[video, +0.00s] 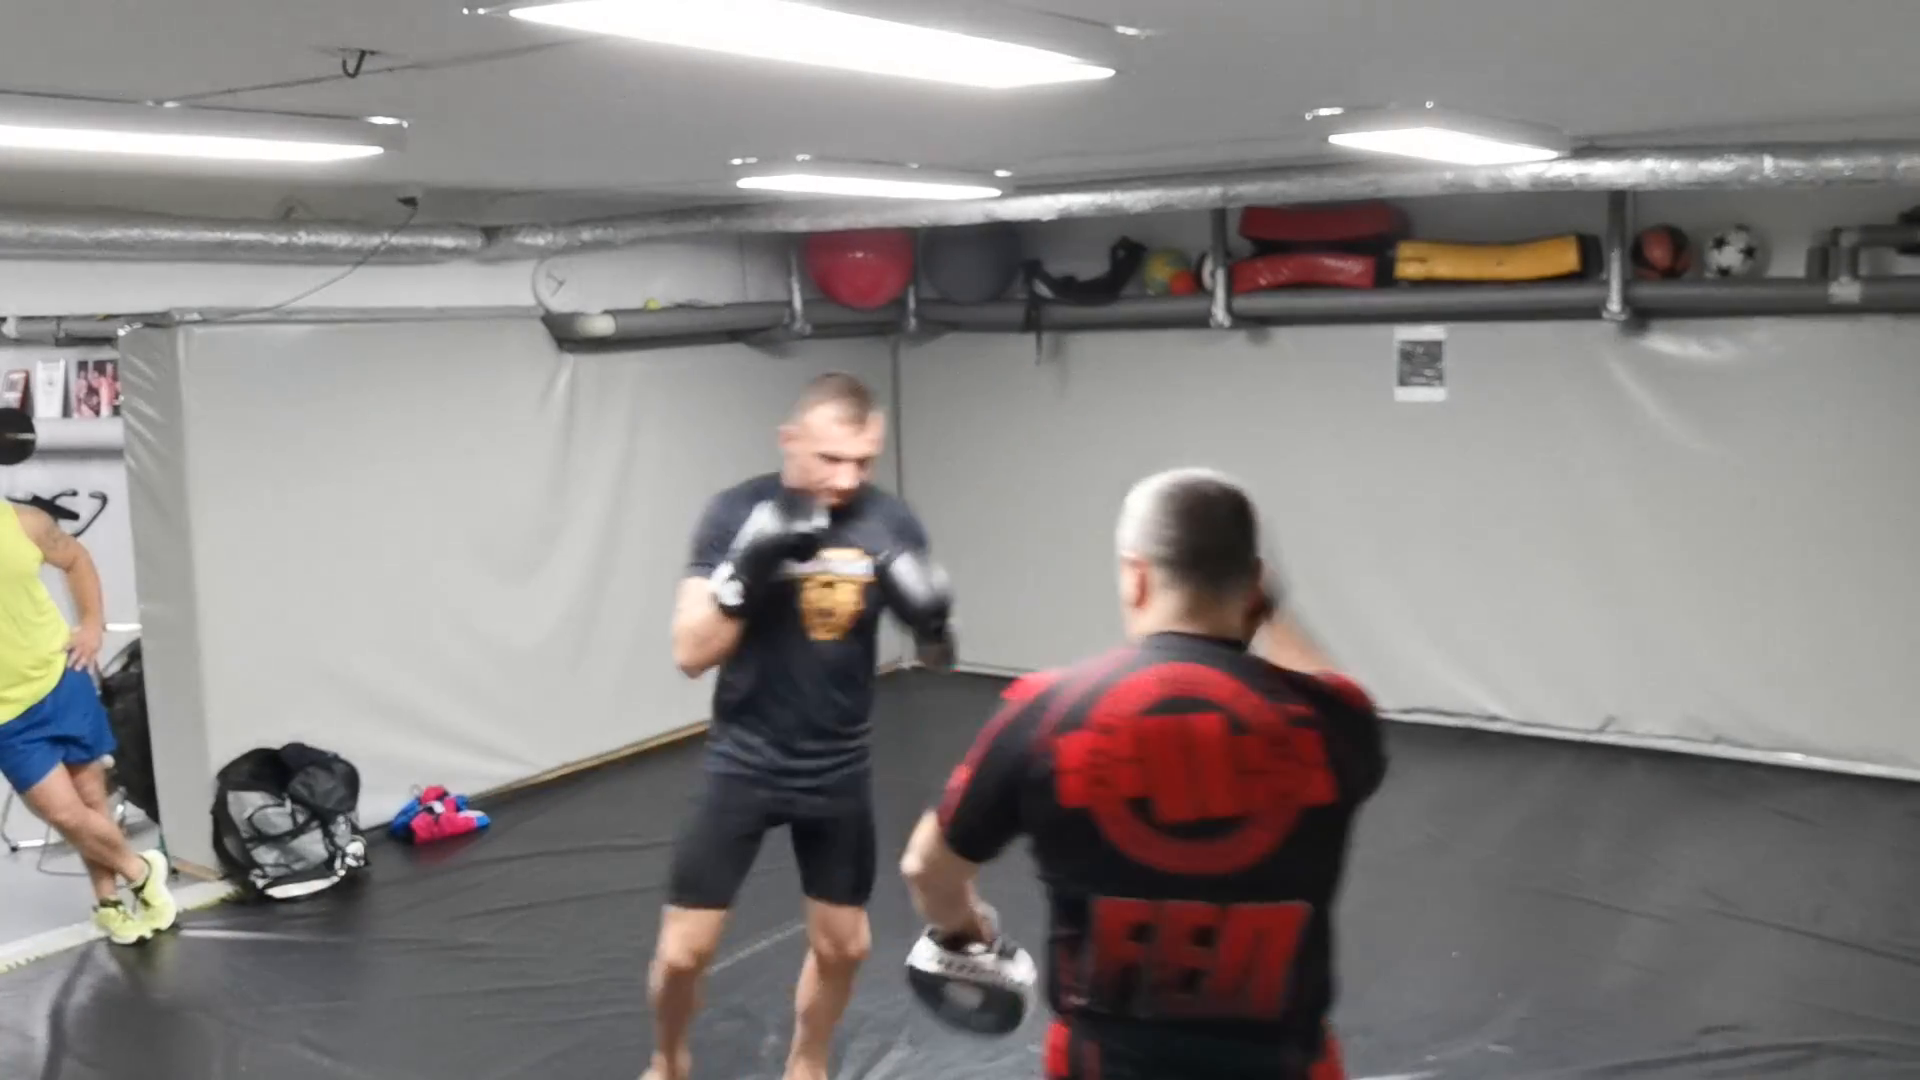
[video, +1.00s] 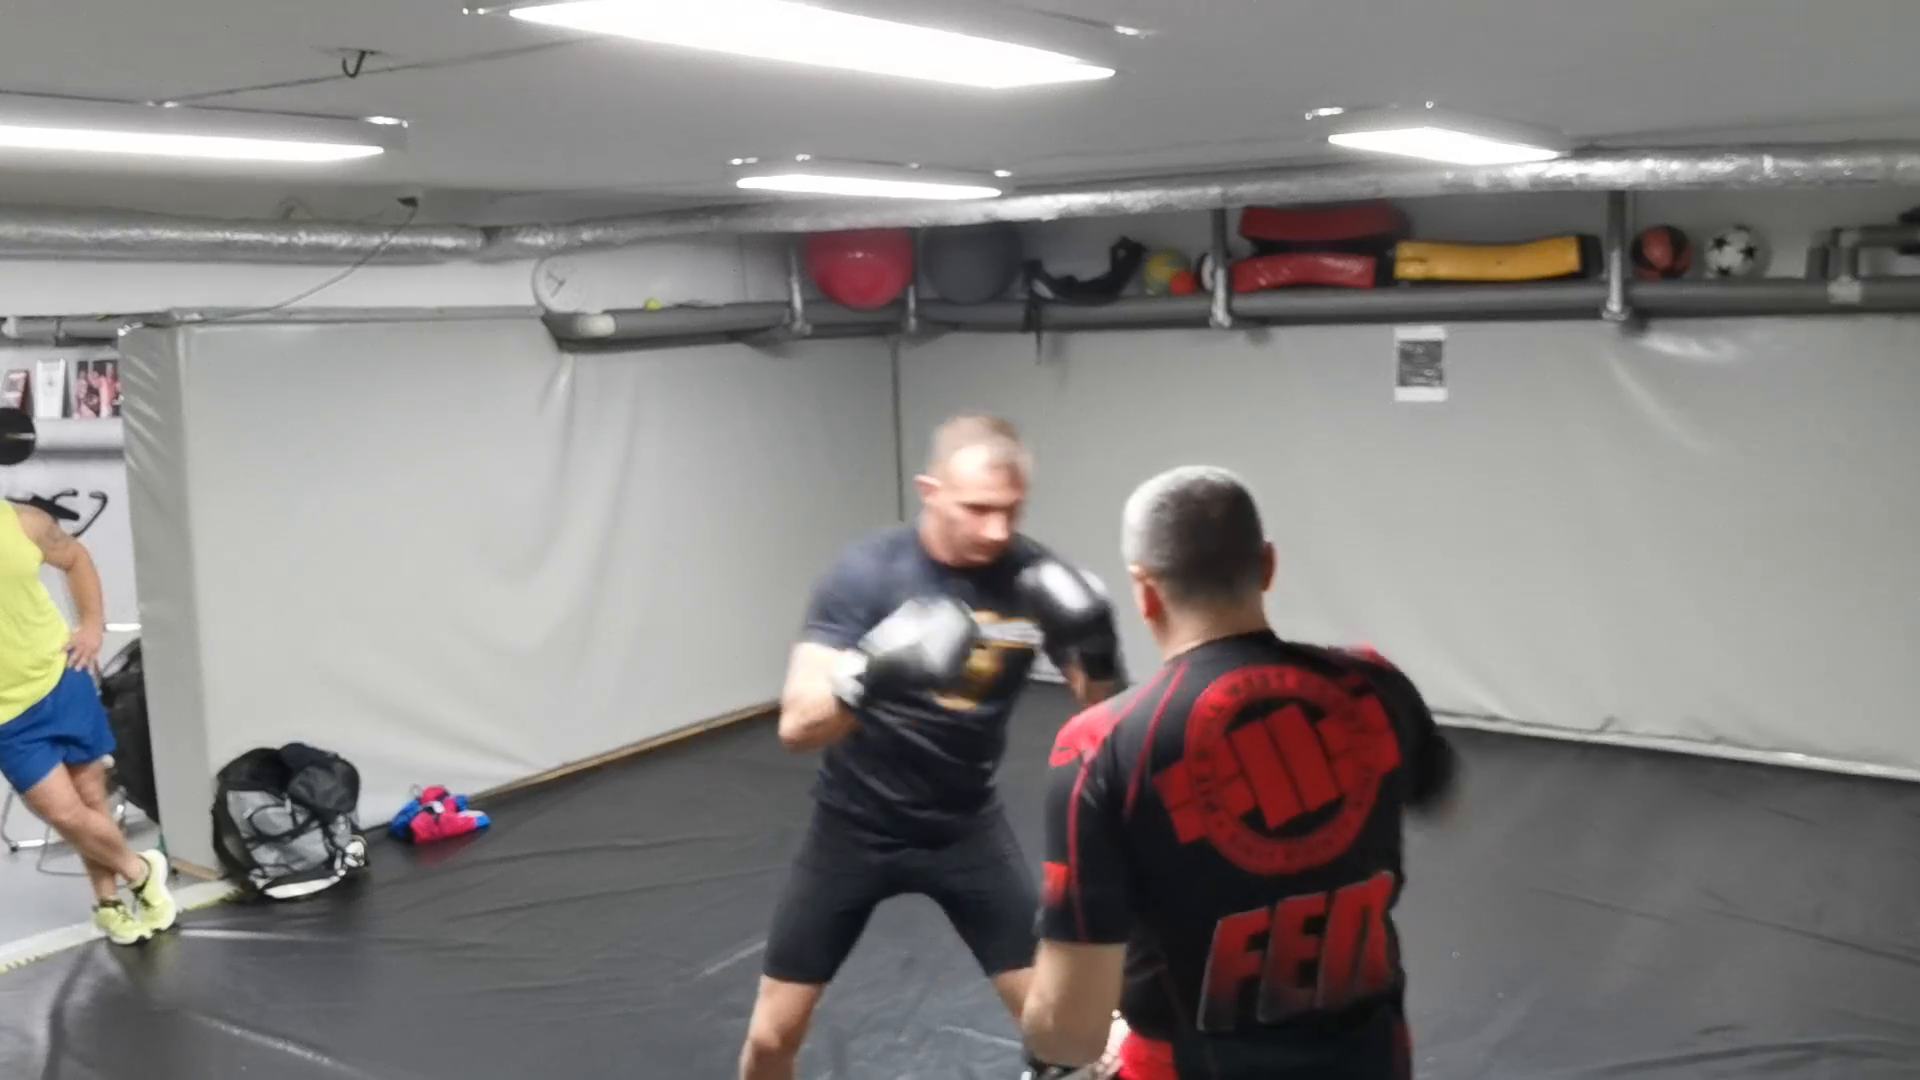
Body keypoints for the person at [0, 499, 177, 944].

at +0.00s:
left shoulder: (21, 523)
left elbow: (76, 558)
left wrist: (92, 623)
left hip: (61, 682)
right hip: (7, 714)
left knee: (91, 798)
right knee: (65, 816)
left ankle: (107, 901)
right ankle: (142, 872)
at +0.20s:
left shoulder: (21, 523)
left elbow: (76, 558)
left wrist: (92, 623)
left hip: (62, 682)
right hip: (8, 715)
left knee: (91, 799)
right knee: (66, 817)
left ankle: (108, 901)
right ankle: (141, 872)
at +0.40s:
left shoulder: (22, 523)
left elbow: (75, 558)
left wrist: (92, 623)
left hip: (62, 682)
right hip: (8, 715)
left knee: (91, 799)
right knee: (66, 818)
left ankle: (107, 901)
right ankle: (141, 872)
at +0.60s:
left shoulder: (22, 523)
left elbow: (76, 558)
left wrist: (92, 623)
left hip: (61, 682)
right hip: (8, 714)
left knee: (91, 798)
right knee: (66, 817)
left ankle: (108, 901)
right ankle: (141, 872)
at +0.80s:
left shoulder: (21, 523)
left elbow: (76, 557)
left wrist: (92, 623)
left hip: (62, 682)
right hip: (7, 714)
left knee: (91, 798)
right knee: (65, 816)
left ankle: (107, 900)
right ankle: (141, 872)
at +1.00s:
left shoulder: (22, 523)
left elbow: (76, 557)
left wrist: (92, 623)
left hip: (61, 682)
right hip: (8, 715)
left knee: (91, 798)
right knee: (64, 816)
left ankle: (107, 901)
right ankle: (141, 872)